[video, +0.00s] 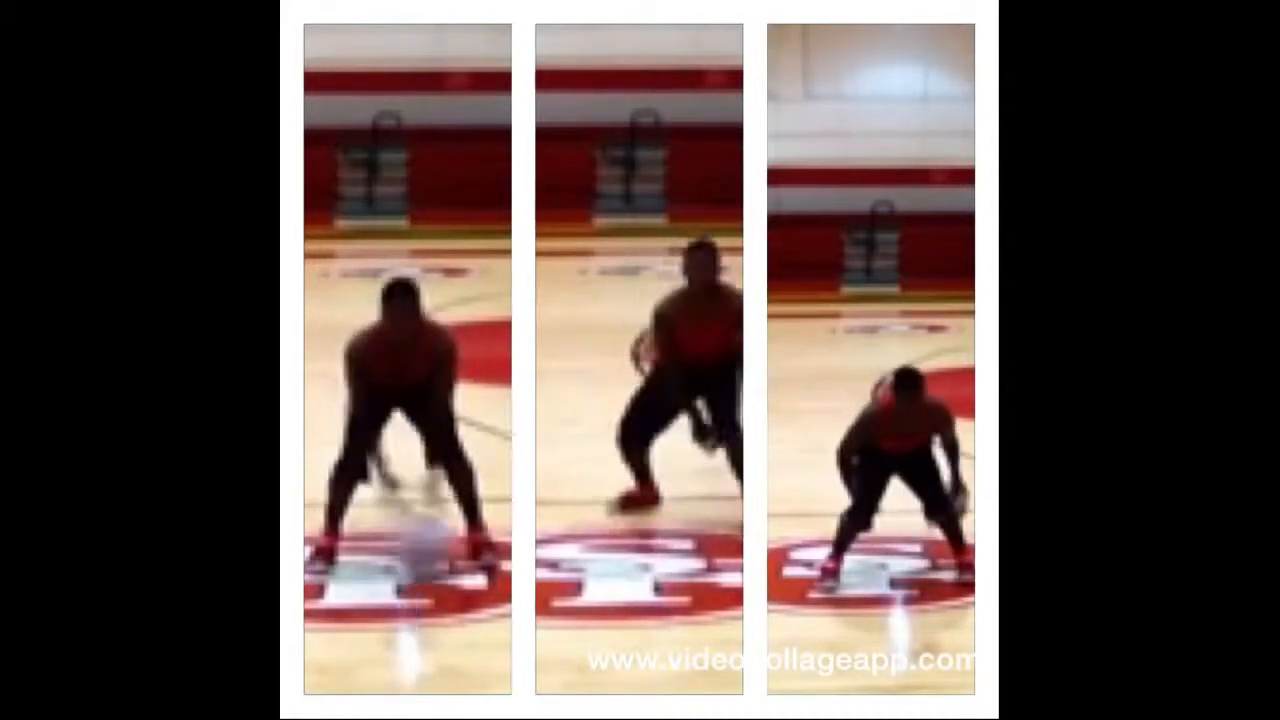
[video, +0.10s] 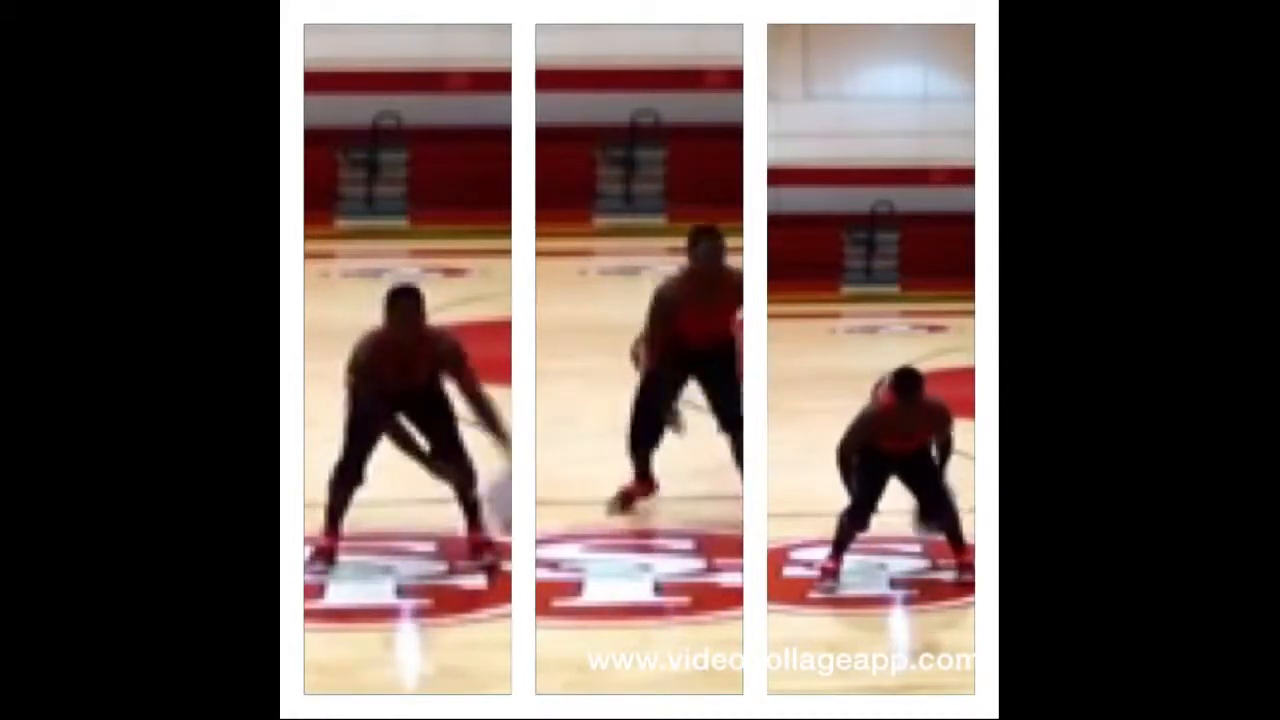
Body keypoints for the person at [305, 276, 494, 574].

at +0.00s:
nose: (402, 326)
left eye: (409, 316)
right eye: (394, 316)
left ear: (419, 312)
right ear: (383, 314)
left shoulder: (439, 344)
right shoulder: (363, 349)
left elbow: (442, 405)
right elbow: (362, 413)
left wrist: (435, 454)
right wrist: (375, 462)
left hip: (422, 394)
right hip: (375, 397)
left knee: (454, 458)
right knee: (350, 462)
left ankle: (476, 530)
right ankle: (330, 535)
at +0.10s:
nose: (407, 327)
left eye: (413, 318)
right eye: (400, 319)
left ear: (423, 317)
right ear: (388, 318)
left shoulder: (440, 346)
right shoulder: (369, 354)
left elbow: (474, 394)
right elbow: (387, 422)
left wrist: (502, 436)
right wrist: (429, 463)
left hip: (422, 396)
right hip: (375, 402)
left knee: (458, 463)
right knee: (349, 470)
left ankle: (476, 533)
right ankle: (330, 536)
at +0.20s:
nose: (407, 334)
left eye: (413, 323)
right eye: (399, 325)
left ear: (422, 320)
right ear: (387, 323)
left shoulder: (439, 347)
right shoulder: (368, 358)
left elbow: (481, 389)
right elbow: (377, 427)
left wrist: (514, 426)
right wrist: (421, 469)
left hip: (420, 396)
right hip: (373, 401)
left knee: (456, 461)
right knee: (351, 469)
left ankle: (477, 532)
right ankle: (330, 536)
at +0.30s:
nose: (398, 323)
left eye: (404, 314)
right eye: (391, 315)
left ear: (414, 312)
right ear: (380, 314)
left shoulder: (440, 345)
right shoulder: (362, 348)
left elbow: (449, 403)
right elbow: (359, 419)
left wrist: (442, 453)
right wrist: (374, 474)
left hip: (423, 388)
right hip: (375, 390)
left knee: (454, 456)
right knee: (350, 460)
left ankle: (476, 530)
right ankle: (330, 536)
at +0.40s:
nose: (393, 330)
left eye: (400, 321)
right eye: (386, 321)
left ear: (410, 316)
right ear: (375, 316)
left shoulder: (432, 343)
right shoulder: (356, 347)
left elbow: (420, 417)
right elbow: (332, 402)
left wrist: (375, 460)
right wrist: (311, 456)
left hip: (423, 393)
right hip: (374, 394)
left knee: (452, 456)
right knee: (347, 461)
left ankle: (477, 531)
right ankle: (325, 543)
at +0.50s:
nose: (391, 328)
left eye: (398, 319)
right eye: (385, 319)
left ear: (409, 314)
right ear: (375, 314)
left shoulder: (431, 342)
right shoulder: (355, 345)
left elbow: (428, 417)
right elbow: (337, 400)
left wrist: (397, 461)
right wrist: (320, 454)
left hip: (424, 394)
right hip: (374, 395)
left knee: (452, 458)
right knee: (348, 458)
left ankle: (477, 530)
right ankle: (328, 540)